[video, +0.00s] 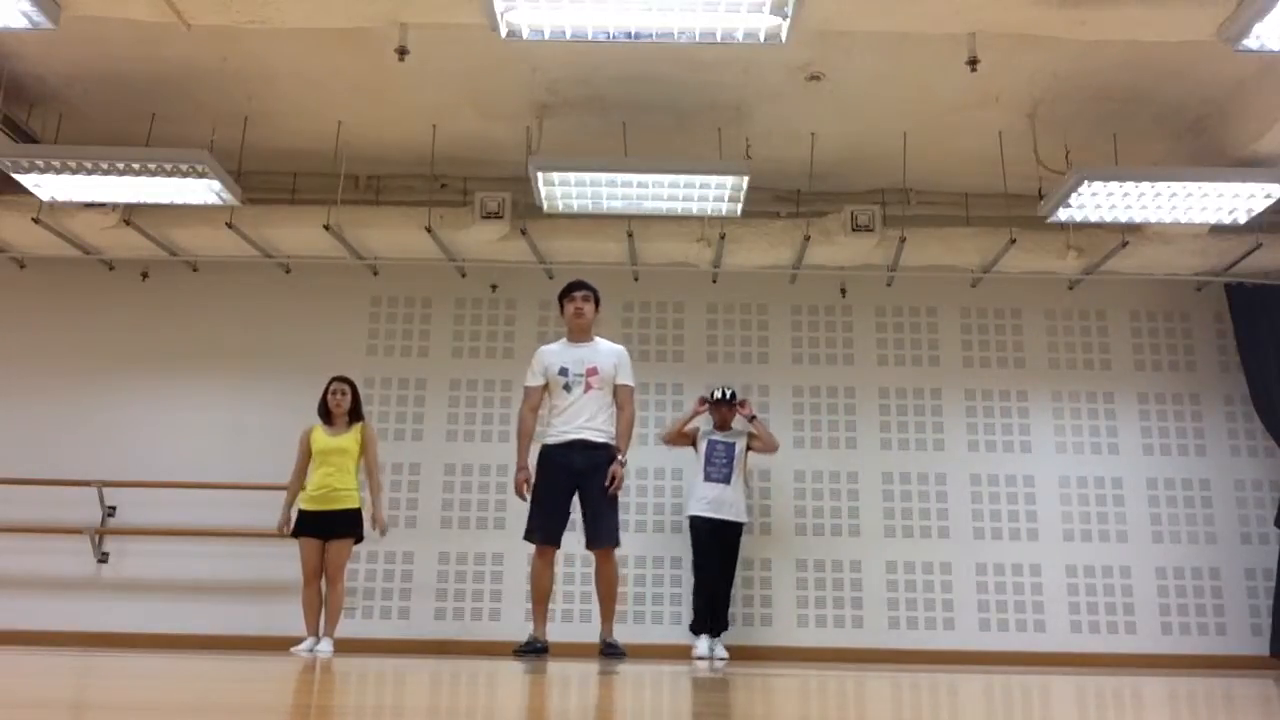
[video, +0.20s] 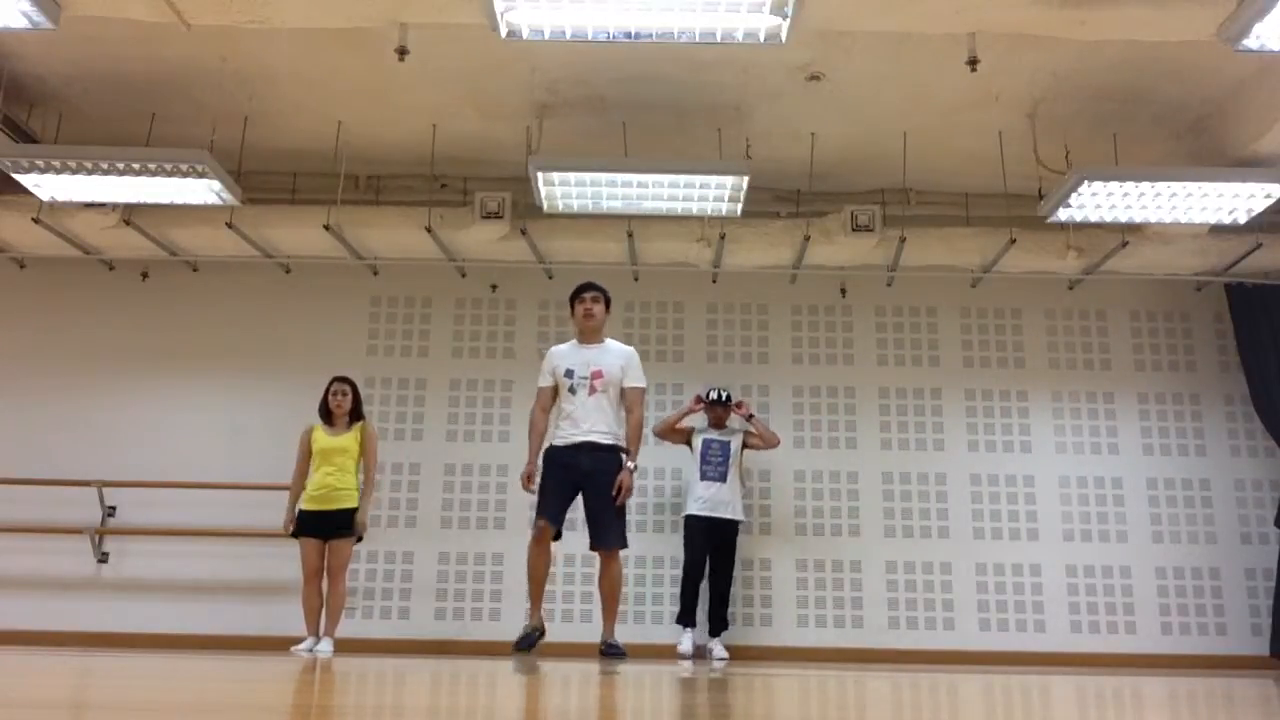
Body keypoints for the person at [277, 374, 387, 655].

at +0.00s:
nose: (337, 397)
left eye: (343, 393)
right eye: (333, 393)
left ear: (353, 399)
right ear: (325, 398)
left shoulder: (363, 431)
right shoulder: (311, 433)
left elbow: (373, 473)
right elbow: (298, 475)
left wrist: (377, 510)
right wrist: (286, 509)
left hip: (344, 509)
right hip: (310, 508)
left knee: (334, 576)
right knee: (310, 577)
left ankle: (328, 637)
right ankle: (311, 636)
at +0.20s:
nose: (338, 398)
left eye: (344, 394)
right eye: (334, 394)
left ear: (353, 399)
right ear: (326, 398)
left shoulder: (364, 431)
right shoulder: (311, 432)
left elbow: (369, 474)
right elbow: (299, 474)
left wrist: (363, 510)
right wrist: (291, 509)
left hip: (344, 508)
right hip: (311, 508)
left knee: (336, 575)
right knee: (311, 576)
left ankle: (328, 637)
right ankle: (311, 636)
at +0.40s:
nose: (338, 399)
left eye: (343, 395)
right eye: (333, 395)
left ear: (353, 400)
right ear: (326, 400)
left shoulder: (363, 432)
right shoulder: (310, 433)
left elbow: (365, 472)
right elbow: (300, 473)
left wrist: (356, 507)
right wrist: (294, 506)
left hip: (342, 509)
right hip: (310, 508)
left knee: (334, 575)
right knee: (310, 575)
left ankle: (328, 637)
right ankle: (311, 636)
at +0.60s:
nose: (337, 400)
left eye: (342, 396)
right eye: (333, 395)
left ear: (352, 401)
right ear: (325, 400)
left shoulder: (361, 433)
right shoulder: (310, 433)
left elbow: (362, 472)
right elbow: (299, 474)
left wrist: (349, 506)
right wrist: (293, 507)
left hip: (340, 509)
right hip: (309, 509)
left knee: (332, 575)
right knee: (309, 576)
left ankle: (327, 637)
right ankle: (311, 636)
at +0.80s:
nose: (336, 398)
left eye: (342, 395)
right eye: (332, 394)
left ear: (351, 400)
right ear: (324, 399)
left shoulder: (361, 431)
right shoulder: (309, 432)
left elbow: (362, 470)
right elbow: (298, 473)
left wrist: (349, 504)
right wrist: (292, 506)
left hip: (340, 509)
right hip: (309, 508)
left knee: (334, 576)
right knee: (310, 576)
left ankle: (328, 636)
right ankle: (312, 635)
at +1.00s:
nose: (335, 399)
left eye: (341, 395)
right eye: (331, 394)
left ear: (351, 400)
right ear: (324, 399)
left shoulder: (361, 433)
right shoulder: (309, 434)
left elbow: (363, 474)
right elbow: (298, 476)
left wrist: (355, 508)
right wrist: (289, 511)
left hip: (340, 510)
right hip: (308, 508)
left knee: (331, 575)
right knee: (309, 576)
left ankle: (327, 637)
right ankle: (311, 636)